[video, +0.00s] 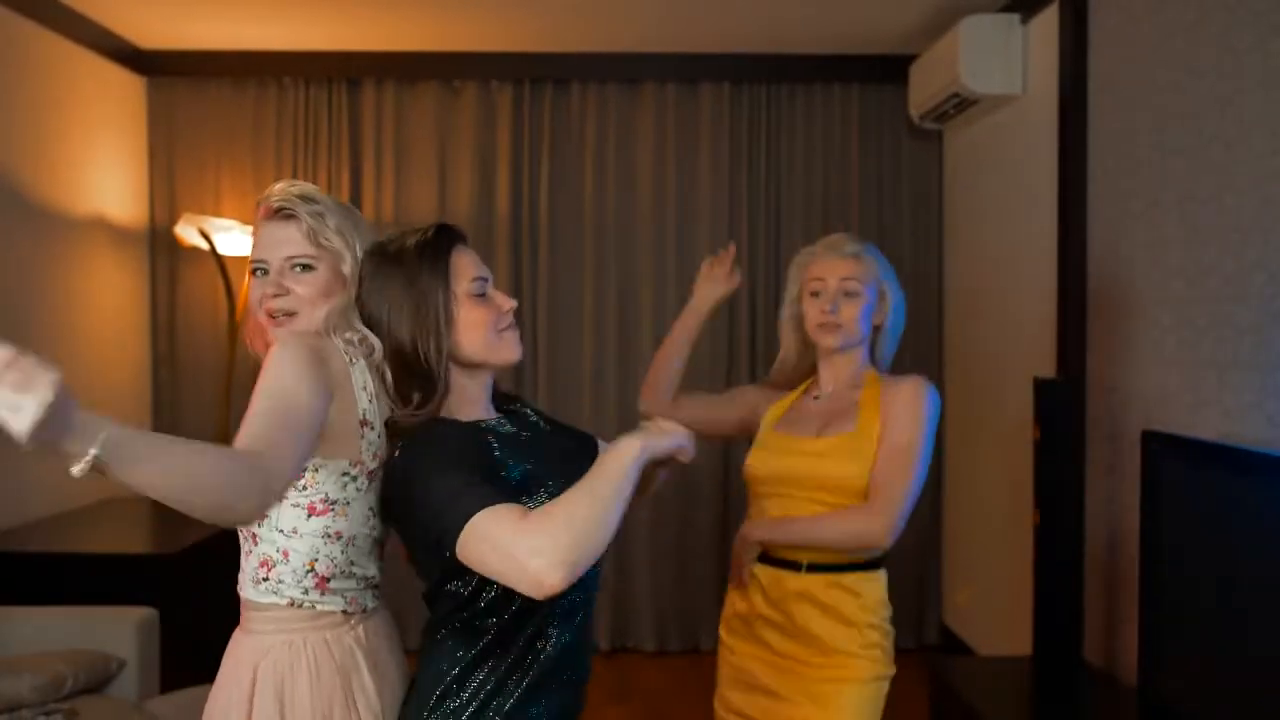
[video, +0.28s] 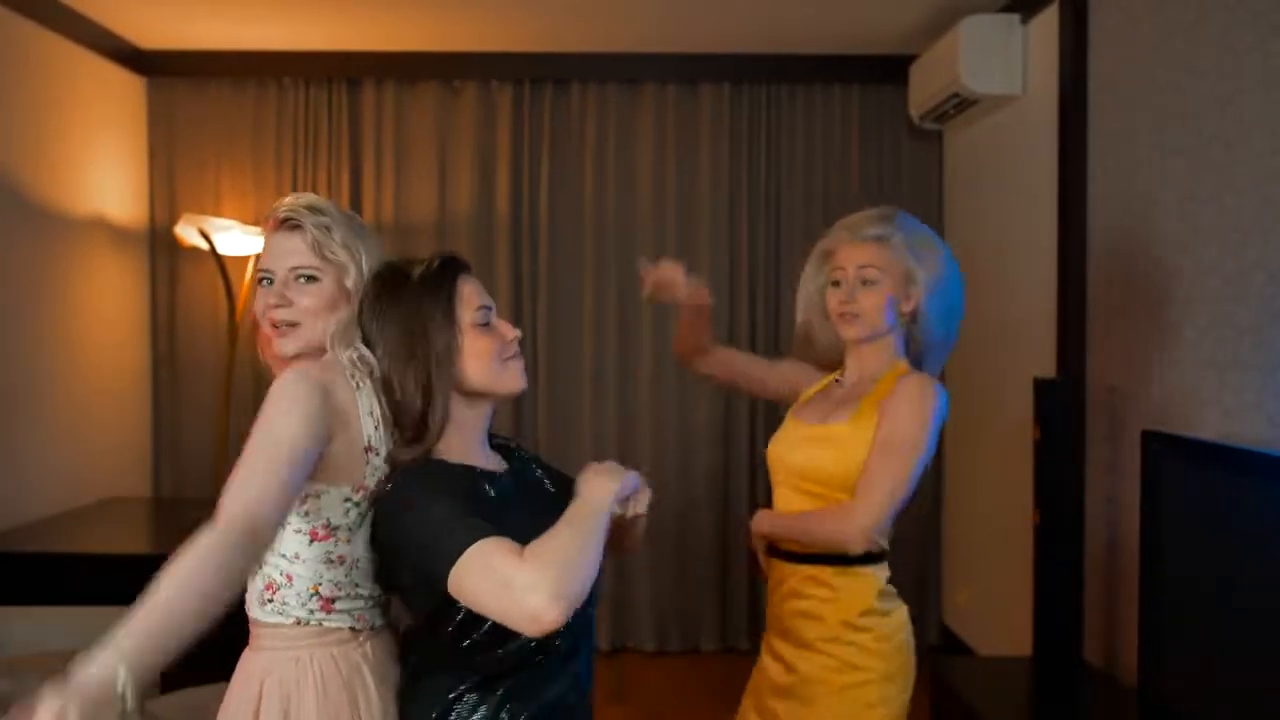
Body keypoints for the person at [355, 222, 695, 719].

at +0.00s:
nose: (508, 302)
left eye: (494, 286)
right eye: (479, 291)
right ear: (424, 322)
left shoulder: (518, 420)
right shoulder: (421, 463)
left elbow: (614, 474)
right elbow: (540, 563)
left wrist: (650, 456)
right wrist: (630, 449)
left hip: (552, 695)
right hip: (472, 703)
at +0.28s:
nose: (513, 331)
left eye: (498, 316)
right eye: (484, 320)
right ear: (429, 350)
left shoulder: (515, 464)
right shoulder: (412, 499)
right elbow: (536, 601)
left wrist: (626, 520)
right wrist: (595, 497)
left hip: (560, 702)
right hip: (471, 707)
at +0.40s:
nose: (509, 338)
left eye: (495, 324)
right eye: (479, 329)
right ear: (424, 360)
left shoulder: (509, 467)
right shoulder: (419, 499)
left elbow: (606, 528)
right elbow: (548, 605)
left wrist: (671, 521)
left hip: (559, 704)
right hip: (468, 709)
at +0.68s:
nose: (505, 315)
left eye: (490, 302)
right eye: (475, 308)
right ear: (423, 343)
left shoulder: (517, 455)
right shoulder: (436, 468)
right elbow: (586, 550)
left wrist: (642, 493)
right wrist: (636, 463)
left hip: (559, 701)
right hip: (478, 706)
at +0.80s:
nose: (509, 302)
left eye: (494, 290)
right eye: (479, 293)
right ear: (427, 327)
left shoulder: (504, 440)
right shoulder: (439, 450)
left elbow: (637, 516)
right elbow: (603, 533)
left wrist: (618, 437)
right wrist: (582, 426)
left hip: (550, 699)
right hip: (488, 704)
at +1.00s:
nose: (516, 311)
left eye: (501, 296)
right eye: (487, 301)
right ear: (433, 333)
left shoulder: (498, 446)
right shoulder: (433, 457)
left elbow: (633, 515)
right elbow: (601, 529)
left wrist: (614, 456)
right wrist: (612, 436)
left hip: (552, 698)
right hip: (496, 703)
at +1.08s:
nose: (518, 318)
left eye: (505, 305)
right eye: (489, 310)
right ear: (436, 340)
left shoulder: (514, 459)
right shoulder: (436, 470)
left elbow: (582, 525)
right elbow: (595, 538)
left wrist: (654, 472)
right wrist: (661, 455)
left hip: (555, 702)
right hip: (492, 706)